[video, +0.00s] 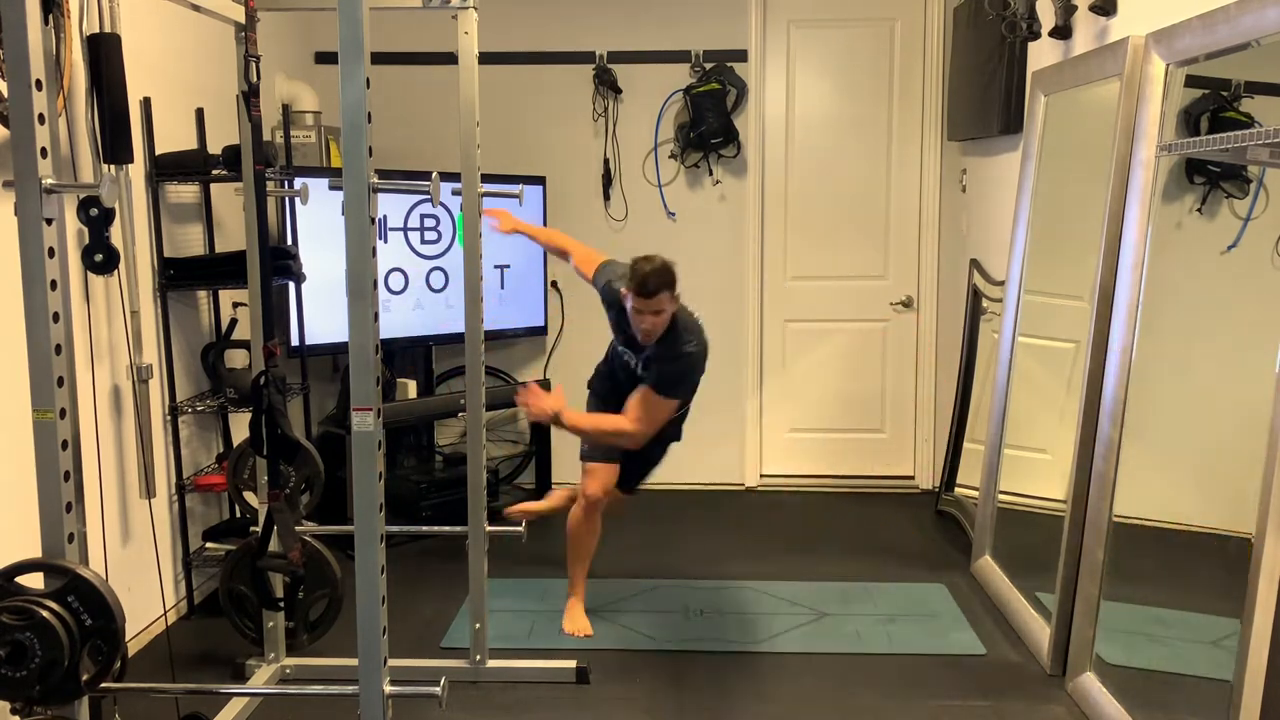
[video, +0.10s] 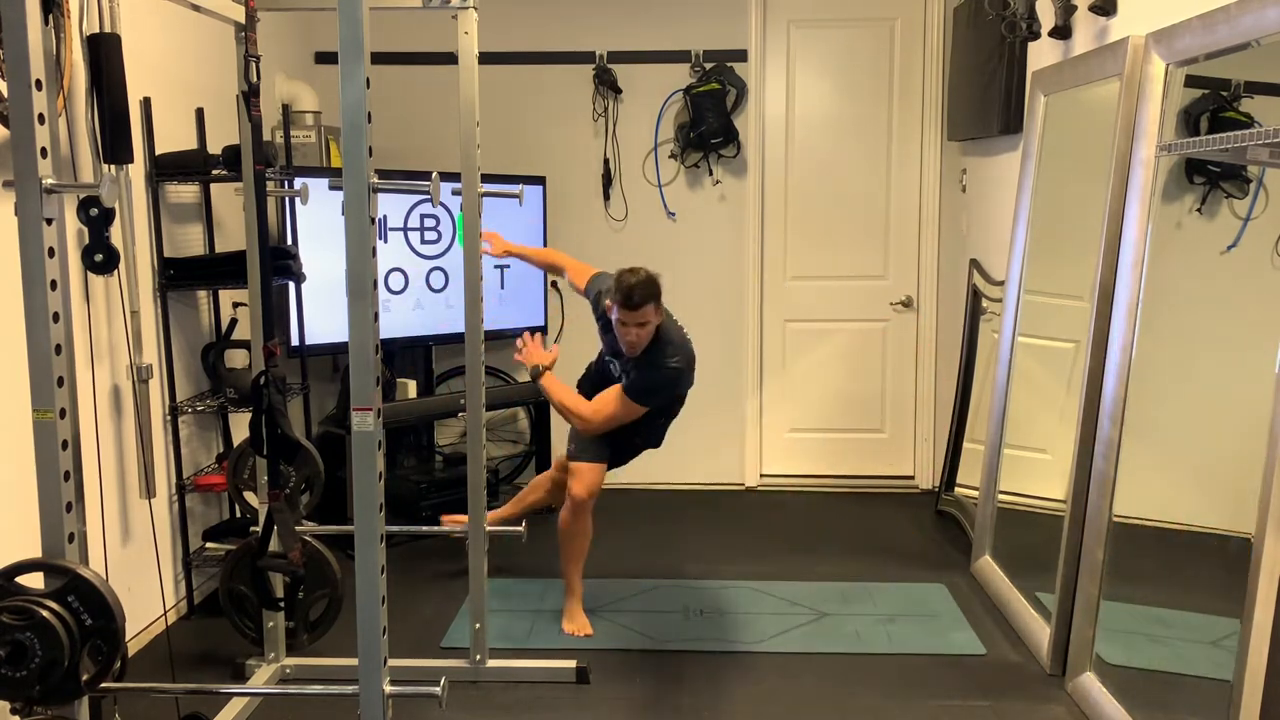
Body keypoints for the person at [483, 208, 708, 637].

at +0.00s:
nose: (646, 323)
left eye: (656, 314)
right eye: (638, 312)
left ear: (674, 303)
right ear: (626, 298)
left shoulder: (686, 348)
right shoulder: (615, 286)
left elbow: (635, 430)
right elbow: (571, 251)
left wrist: (560, 415)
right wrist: (518, 225)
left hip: (659, 415)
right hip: (613, 384)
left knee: (613, 493)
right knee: (592, 494)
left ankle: (569, 496)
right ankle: (575, 598)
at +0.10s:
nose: (632, 336)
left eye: (642, 326)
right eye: (623, 325)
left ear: (659, 314)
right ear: (612, 309)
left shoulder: (670, 362)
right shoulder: (607, 293)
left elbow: (591, 419)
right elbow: (561, 264)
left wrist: (541, 371)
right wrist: (511, 248)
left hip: (638, 425)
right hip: (598, 392)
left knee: (561, 475)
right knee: (581, 495)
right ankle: (574, 598)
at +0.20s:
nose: (626, 341)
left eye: (636, 332)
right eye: (618, 331)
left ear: (651, 321)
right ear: (605, 317)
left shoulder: (668, 363)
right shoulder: (599, 301)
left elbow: (595, 430)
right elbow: (552, 272)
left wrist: (547, 387)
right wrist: (493, 264)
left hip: (630, 428)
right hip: (590, 393)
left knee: (555, 481)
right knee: (576, 494)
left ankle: (484, 529)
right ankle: (572, 598)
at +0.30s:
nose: (631, 342)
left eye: (641, 332)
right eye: (622, 332)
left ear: (655, 320)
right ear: (606, 316)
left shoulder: (673, 357)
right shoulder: (594, 303)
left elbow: (641, 455)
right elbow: (536, 282)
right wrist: (472, 289)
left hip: (631, 430)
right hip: (588, 403)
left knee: (583, 507)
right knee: (575, 496)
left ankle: (518, 536)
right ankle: (572, 599)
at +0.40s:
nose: (640, 336)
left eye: (649, 326)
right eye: (631, 326)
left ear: (662, 315)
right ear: (614, 313)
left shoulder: (683, 347)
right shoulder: (591, 312)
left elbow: (714, 439)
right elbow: (517, 301)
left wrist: (681, 507)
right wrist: (461, 340)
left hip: (647, 417)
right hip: (593, 403)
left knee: (631, 515)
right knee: (577, 498)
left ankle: (575, 530)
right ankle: (572, 599)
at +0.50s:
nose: (657, 324)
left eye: (664, 313)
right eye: (646, 315)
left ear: (673, 302)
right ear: (625, 304)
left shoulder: (697, 328)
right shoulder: (598, 319)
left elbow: (770, 381)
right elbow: (513, 347)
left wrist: (780, 454)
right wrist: (489, 419)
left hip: (666, 411)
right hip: (604, 407)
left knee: (687, 514)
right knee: (585, 501)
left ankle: (692, 530)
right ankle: (573, 601)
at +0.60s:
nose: (675, 306)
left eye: (682, 295)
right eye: (664, 297)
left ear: (692, 282)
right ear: (646, 288)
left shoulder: (721, 298)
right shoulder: (620, 320)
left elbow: (797, 309)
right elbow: (557, 388)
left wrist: (821, 368)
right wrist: (570, 472)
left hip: (698, 396)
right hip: (633, 401)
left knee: (741, 487)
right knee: (599, 499)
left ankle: (786, 542)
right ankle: (574, 597)